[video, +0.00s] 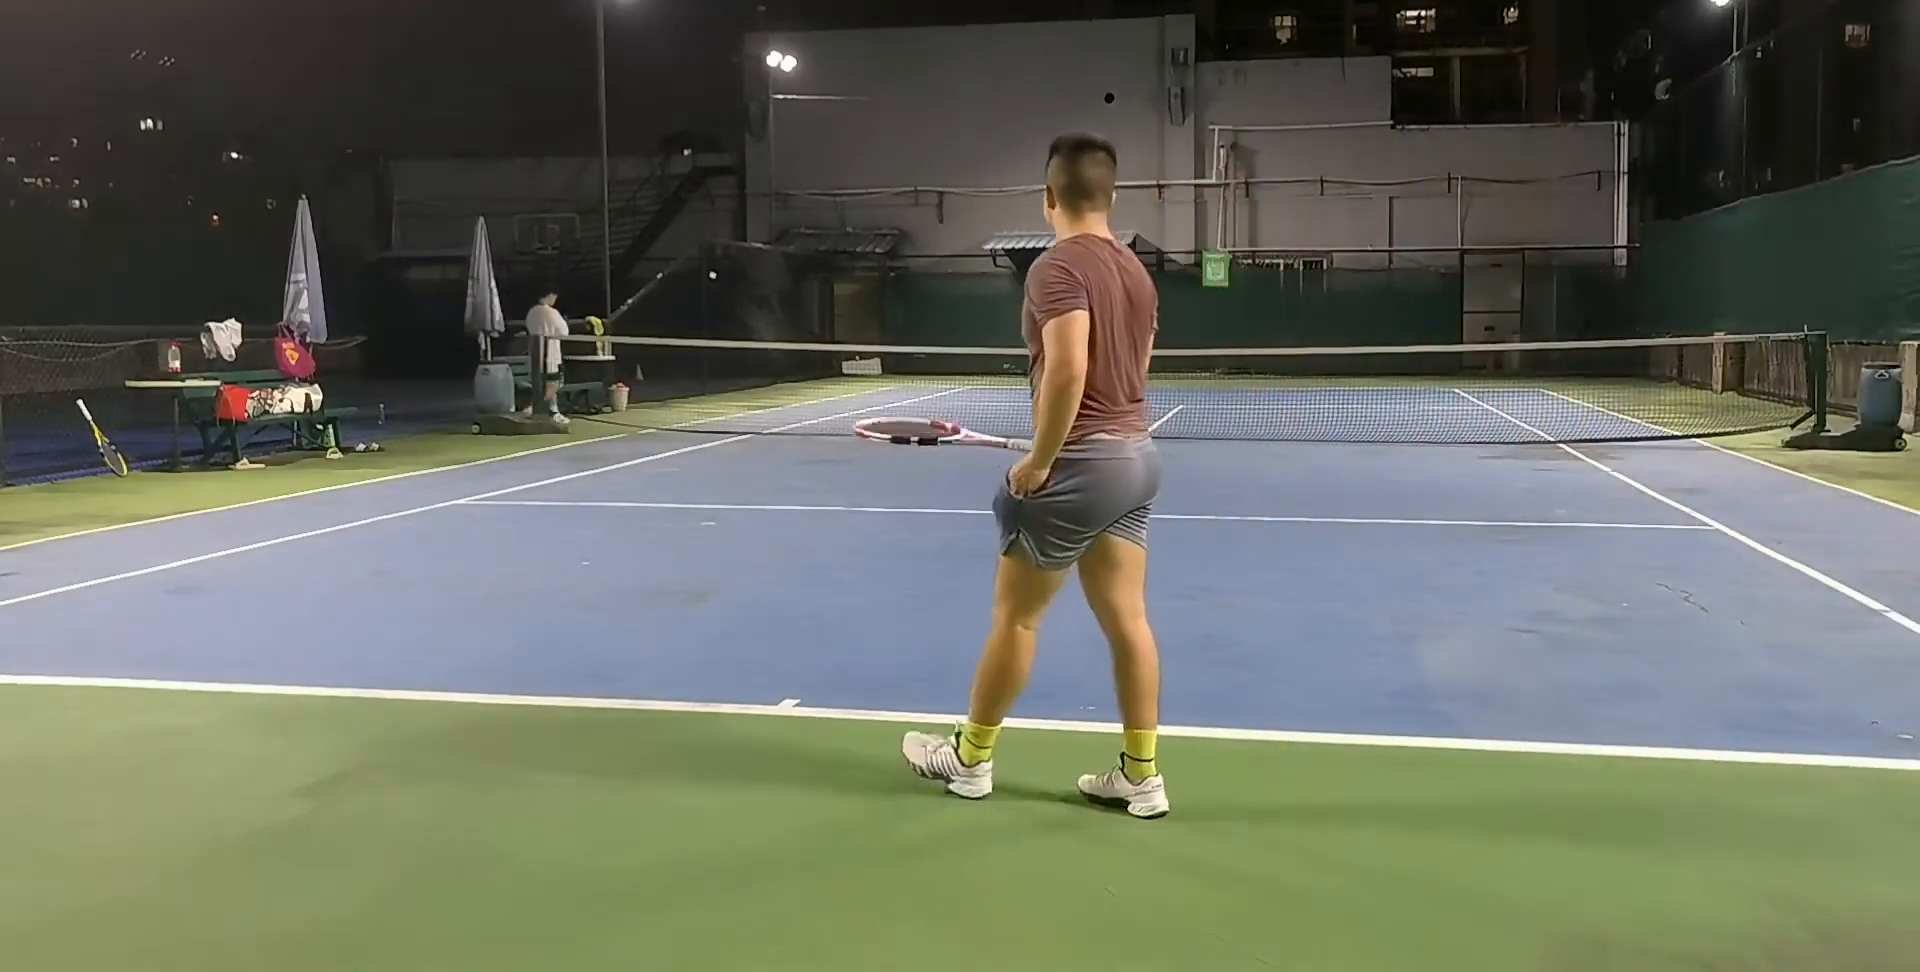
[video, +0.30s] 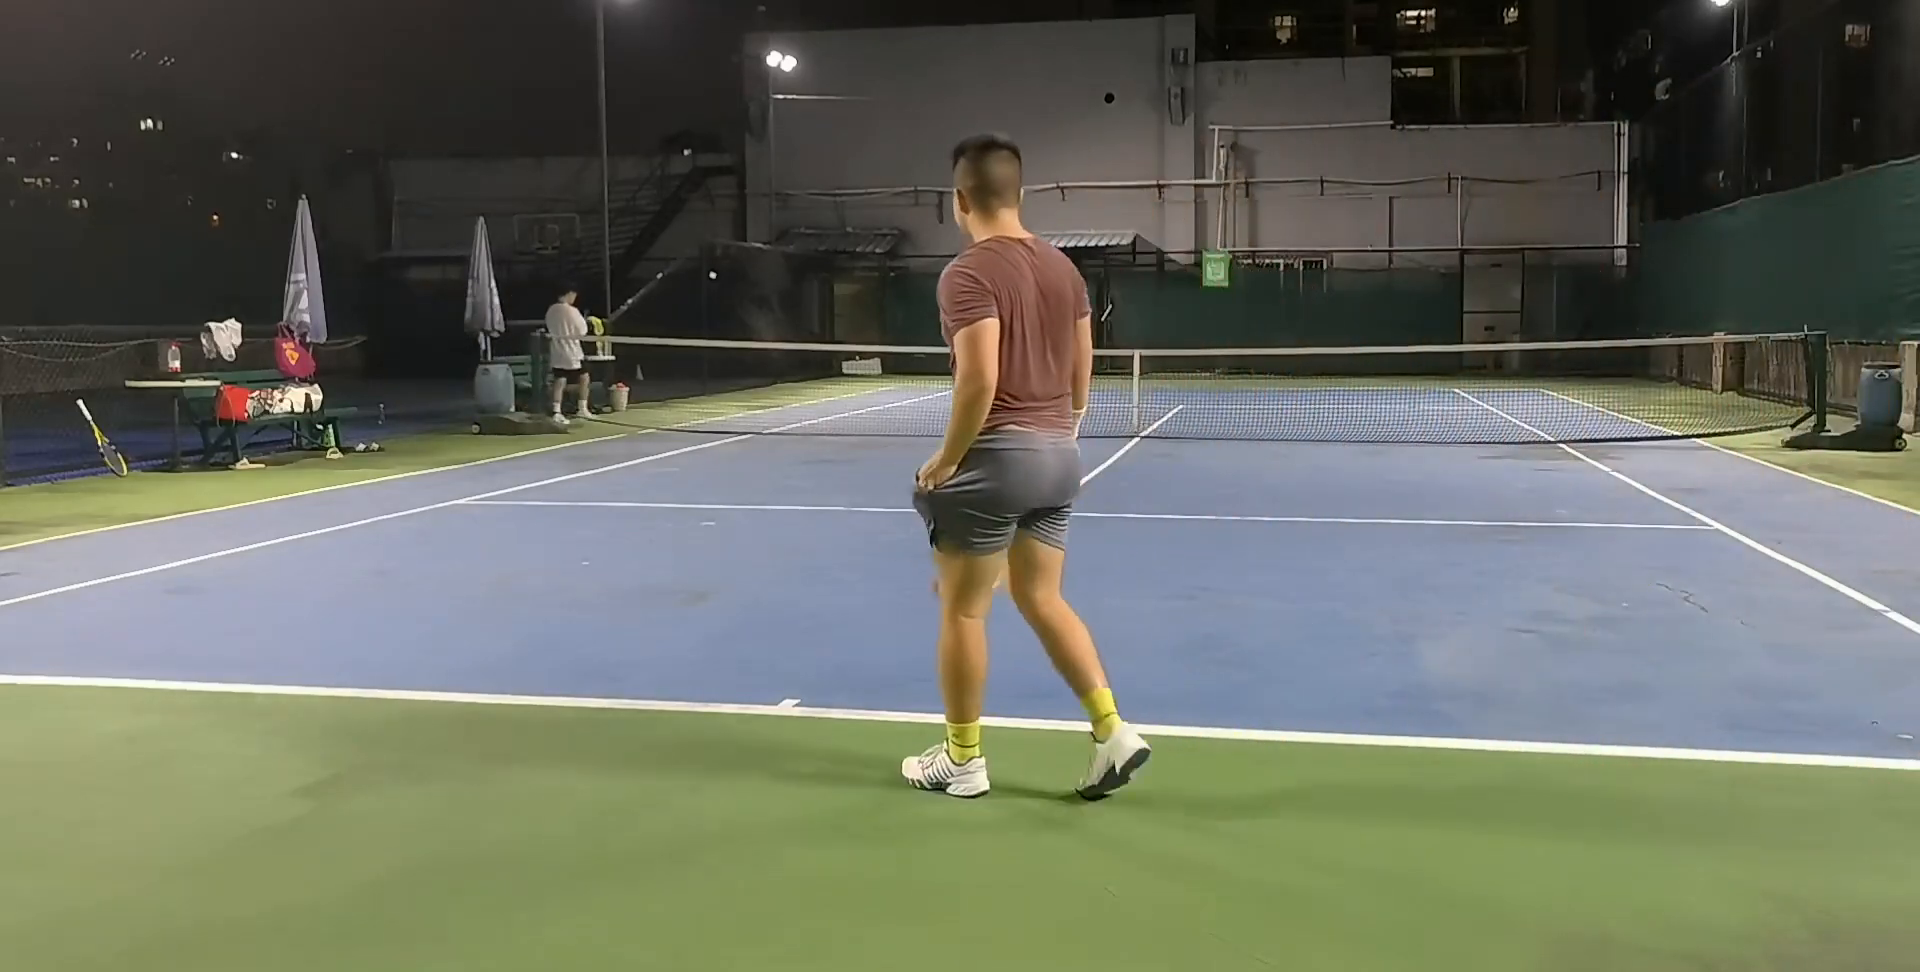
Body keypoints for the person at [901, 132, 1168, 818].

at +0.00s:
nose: (1044, 204)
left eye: (1044, 195)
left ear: (1049, 197)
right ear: (1113, 198)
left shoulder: (1056, 269)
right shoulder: (1136, 273)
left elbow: (1068, 370)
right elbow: (1129, 379)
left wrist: (1040, 459)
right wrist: (1051, 434)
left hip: (1076, 461)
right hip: (1134, 455)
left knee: (1016, 615)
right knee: (1126, 615)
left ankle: (970, 757)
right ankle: (1140, 774)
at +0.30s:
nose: (954, 208)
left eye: (954, 199)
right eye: (959, 198)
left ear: (961, 201)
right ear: (1019, 196)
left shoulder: (968, 271)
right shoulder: (1064, 270)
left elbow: (978, 380)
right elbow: (1080, 379)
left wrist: (948, 457)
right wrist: (1058, 436)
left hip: (994, 452)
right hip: (1058, 452)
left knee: (964, 604)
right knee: (1041, 595)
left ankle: (962, 756)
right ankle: (1113, 734)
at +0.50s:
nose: (912, 210)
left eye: (911, 201)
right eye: (915, 201)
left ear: (919, 202)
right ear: (977, 195)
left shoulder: (925, 267)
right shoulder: (1027, 265)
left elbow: (935, 370)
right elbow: (1064, 366)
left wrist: (910, 454)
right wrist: (1081, 437)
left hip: (956, 447)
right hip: (1023, 449)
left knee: (950, 605)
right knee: (987, 585)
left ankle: (962, 757)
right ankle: (1033, 715)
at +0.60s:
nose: (897, 213)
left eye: (896, 204)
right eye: (900, 205)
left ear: (903, 203)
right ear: (962, 197)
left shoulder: (910, 265)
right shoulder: (1014, 266)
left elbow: (910, 363)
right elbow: (1053, 365)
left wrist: (897, 449)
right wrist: (1079, 439)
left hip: (941, 447)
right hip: (1008, 448)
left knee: (946, 604)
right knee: (969, 588)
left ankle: (962, 760)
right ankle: (972, 735)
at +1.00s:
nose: (869, 211)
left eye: (869, 203)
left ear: (876, 206)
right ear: (934, 205)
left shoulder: (861, 263)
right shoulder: (967, 279)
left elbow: (829, 352)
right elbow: (990, 377)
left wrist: (809, 426)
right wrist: (984, 448)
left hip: (886, 446)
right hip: (952, 448)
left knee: (880, 602)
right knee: (918, 589)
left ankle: (948, 741)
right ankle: (901, 723)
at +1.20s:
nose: (854, 209)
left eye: (853, 201)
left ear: (858, 204)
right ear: (914, 203)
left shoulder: (834, 268)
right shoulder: (950, 277)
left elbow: (814, 367)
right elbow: (965, 381)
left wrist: (806, 452)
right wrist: (929, 424)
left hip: (860, 441)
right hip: (929, 442)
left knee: (813, 578)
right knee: (910, 584)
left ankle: (861, 708)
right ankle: (903, 725)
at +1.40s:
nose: (823, 210)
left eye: (822, 202)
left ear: (825, 205)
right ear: (882, 202)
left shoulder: (801, 273)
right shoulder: (924, 276)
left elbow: (776, 370)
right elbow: (946, 367)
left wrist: (776, 451)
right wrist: (910, 411)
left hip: (828, 441)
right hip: (902, 442)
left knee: (794, 590)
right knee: (900, 589)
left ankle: (760, 735)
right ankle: (902, 727)